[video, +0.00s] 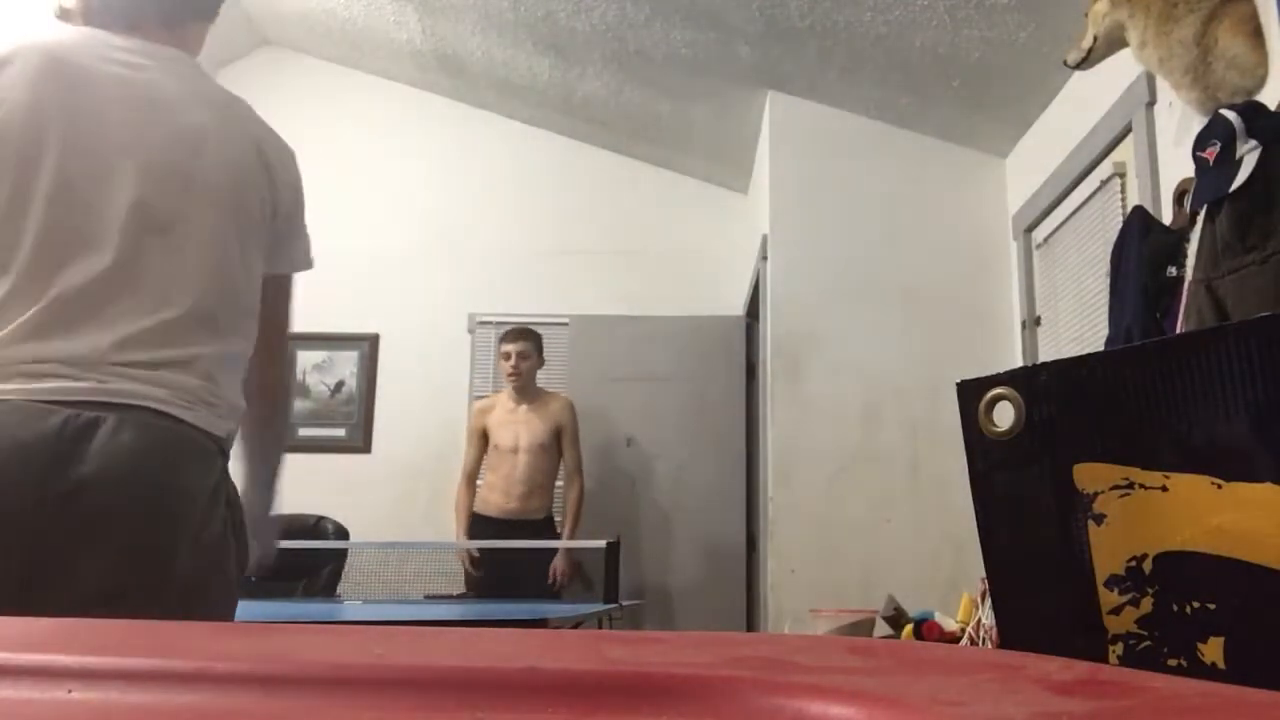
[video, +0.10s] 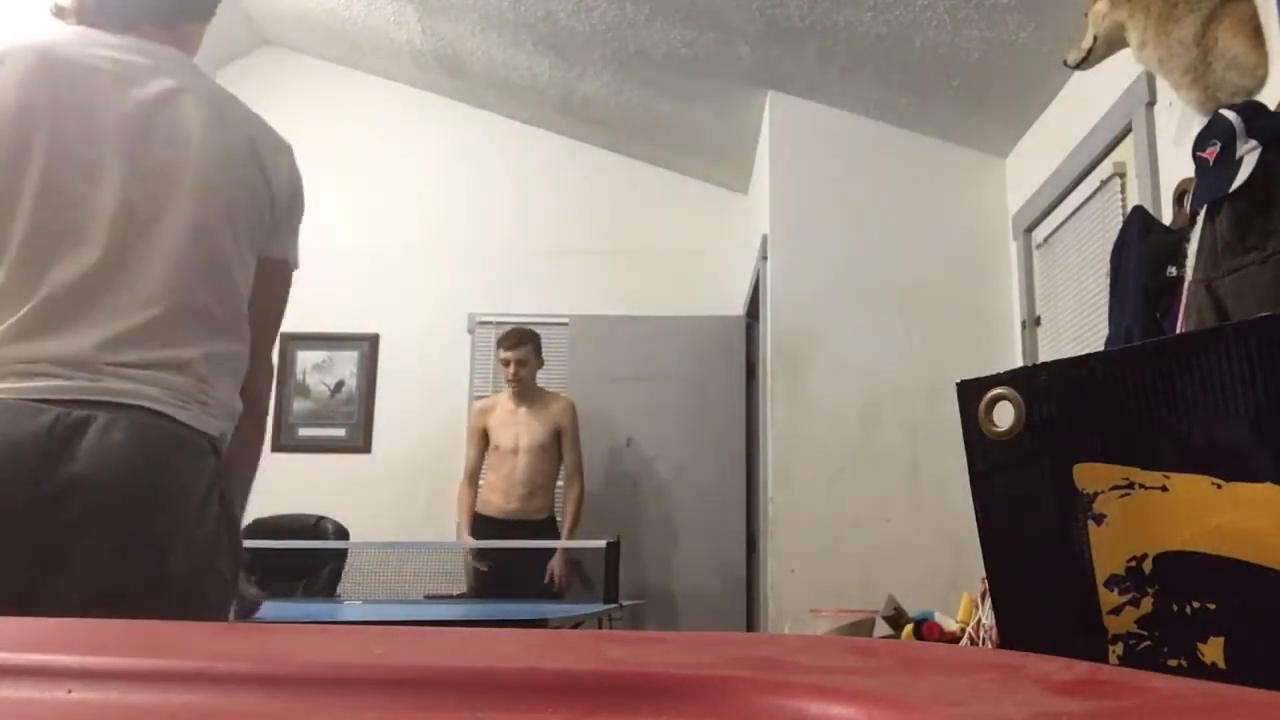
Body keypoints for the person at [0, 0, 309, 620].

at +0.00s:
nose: (63, 14)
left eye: (67, 13)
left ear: (73, 11)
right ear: (200, 23)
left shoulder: (14, 74)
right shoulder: (259, 145)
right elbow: (267, 371)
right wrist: (256, 514)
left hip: (12, 437)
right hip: (168, 463)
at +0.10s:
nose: (59, 13)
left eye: (64, 12)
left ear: (70, 11)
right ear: (197, 23)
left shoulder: (11, 73)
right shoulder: (262, 148)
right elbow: (253, 378)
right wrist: (217, 534)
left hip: (11, 428)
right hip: (164, 455)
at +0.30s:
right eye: (185, 14)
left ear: (48, 3)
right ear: (178, 12)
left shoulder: (12, 56)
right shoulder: (230, 126)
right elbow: (278, 357)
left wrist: (240, 542)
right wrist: (243, 540)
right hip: (128, 465)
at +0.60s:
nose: (112, 4)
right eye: (109, 7)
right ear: (102, 0)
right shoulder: (140, 104)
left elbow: (193, 349)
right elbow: (193, 351)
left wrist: (207, 523)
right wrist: (209, 521)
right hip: (49, 459)